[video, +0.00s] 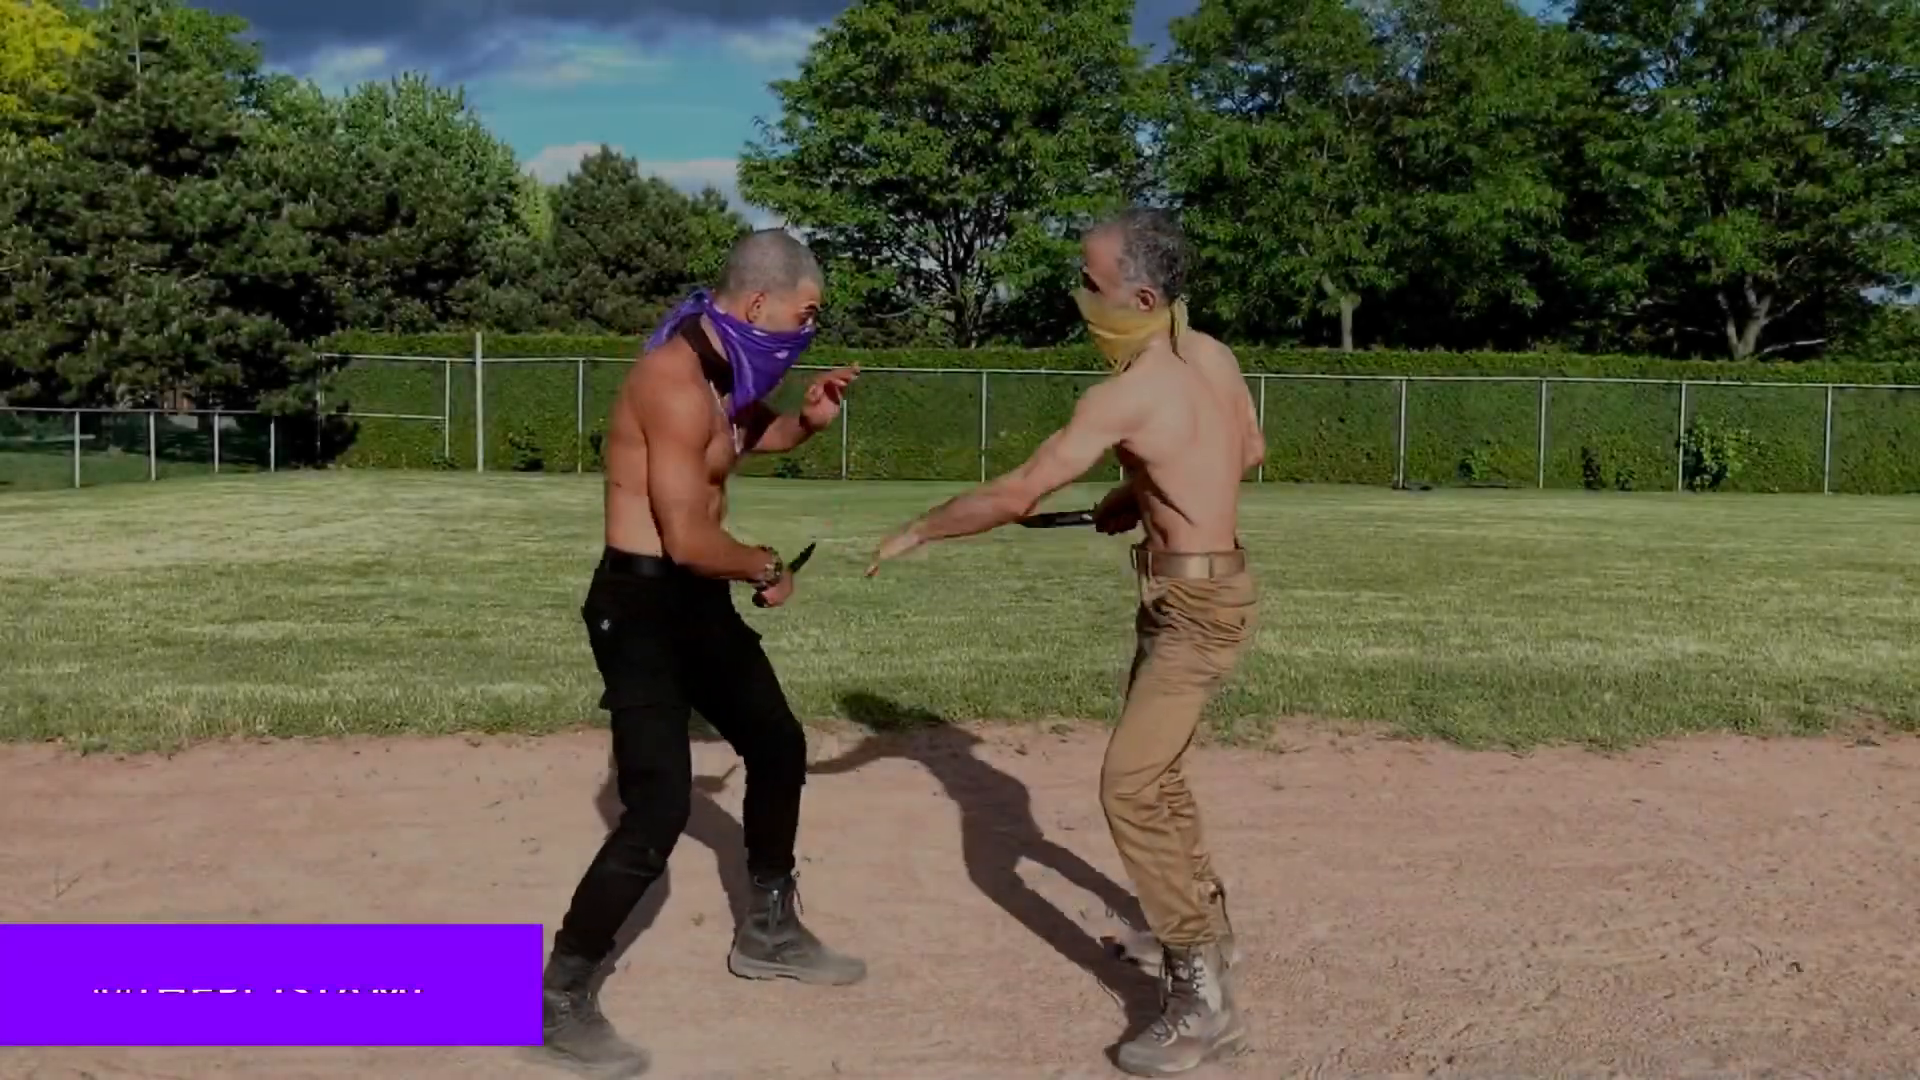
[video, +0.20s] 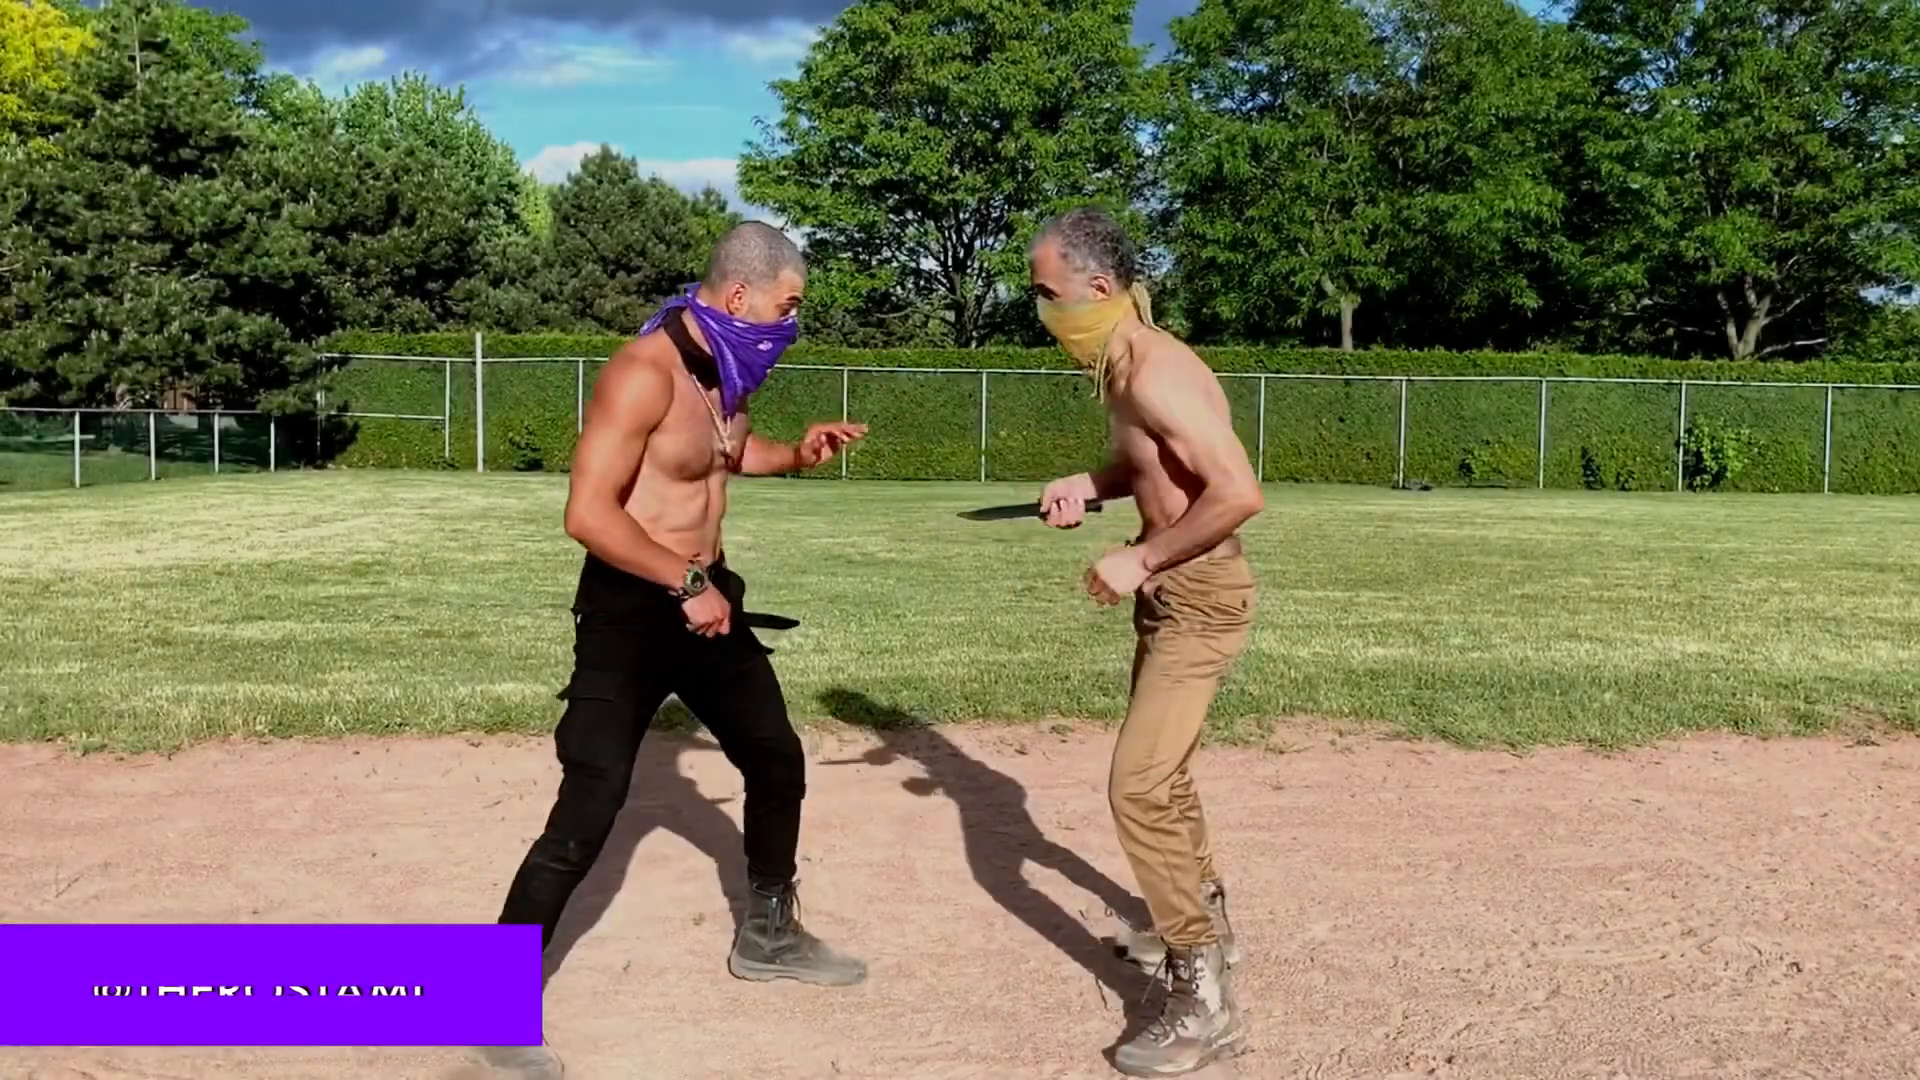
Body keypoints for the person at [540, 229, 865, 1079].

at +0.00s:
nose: (806, 333)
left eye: (810, 319)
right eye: (800, 316)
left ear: (752, 305)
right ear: (752, 304)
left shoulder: (724, 365)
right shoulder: (674, 377)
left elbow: (743, 446)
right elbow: (686, 541)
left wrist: (804, 419)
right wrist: (761, 561)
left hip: (699, 598)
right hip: (638, 603)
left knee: (779, 749)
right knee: (659, 805)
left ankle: (768, 930)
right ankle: (563, 995)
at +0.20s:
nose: (788, 325)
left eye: (793, 310)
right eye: (783, 307)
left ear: (741, 293)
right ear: (734, 293)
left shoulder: (723, 361)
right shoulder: (644, 370)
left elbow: (722, 450)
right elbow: (587, 513)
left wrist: (797, 454)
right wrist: (686, 582)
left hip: (702, 602)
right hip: (626, 607)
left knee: (777, 761)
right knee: (587, 810)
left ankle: (768, 931)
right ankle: (497, 1002)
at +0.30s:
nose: (769, 321)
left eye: (775, 307)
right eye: (762, 304)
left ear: (720, 294)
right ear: (714, 293)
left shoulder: (707, 360)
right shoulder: (626, 368)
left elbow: (691, 457)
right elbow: (556, 509)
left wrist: (765, 449)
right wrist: (649, 595)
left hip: (690, 596)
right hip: (607, 606)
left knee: (763, 755)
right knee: (580, 813)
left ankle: (768, 929)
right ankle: (498, 1002)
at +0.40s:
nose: (763, 320)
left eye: (767, 304)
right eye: (755, 301)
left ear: (717, 295)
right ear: (705, 293)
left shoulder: (706, 364)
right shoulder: (612, 367)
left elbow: (725, 429)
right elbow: (525, 498)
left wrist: (802, 428)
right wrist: (602, 598)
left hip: (672, 600)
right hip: (590, 605)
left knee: (750, 753)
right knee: (581, 813)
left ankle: (753, 929)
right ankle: (496, 1000)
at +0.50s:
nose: (761, 326)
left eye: (767, 311)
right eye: (753, 308)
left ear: (722, 302)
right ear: (700, 299)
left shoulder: (719, 363)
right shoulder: (606, 367)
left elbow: (795, 417)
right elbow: (513, 483)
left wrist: (887, 455)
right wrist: (582, 592)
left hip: (662, 598)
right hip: (580, 598)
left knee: (733, 757)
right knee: (573, 814)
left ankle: (742, 933)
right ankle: (497, 1002)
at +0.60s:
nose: (772, 334)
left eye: (778, 319)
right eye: (765, 316)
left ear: (734, 309)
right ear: (714, 304)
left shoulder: (714, 374)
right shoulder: (623, 367)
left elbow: (722, 463)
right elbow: (526, 477)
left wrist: (795, 459)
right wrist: (598, 582)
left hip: (665, 600)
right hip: (589, 598)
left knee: (740, 759)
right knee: (583, 812)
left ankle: (742, 935)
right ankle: (495, 1003)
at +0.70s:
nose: (779, 333)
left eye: (785, 318)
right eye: (776, 314)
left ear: (729, 299)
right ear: (732, 302)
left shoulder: (689, 366)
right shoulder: (661, 366)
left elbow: (690, 473)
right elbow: (612, 506)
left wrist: (752, 435)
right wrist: (706, 582)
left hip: (657, 603)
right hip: (604, 605)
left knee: (737, 757)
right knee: (608, 818)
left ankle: (741, 935)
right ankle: (499, 1003)